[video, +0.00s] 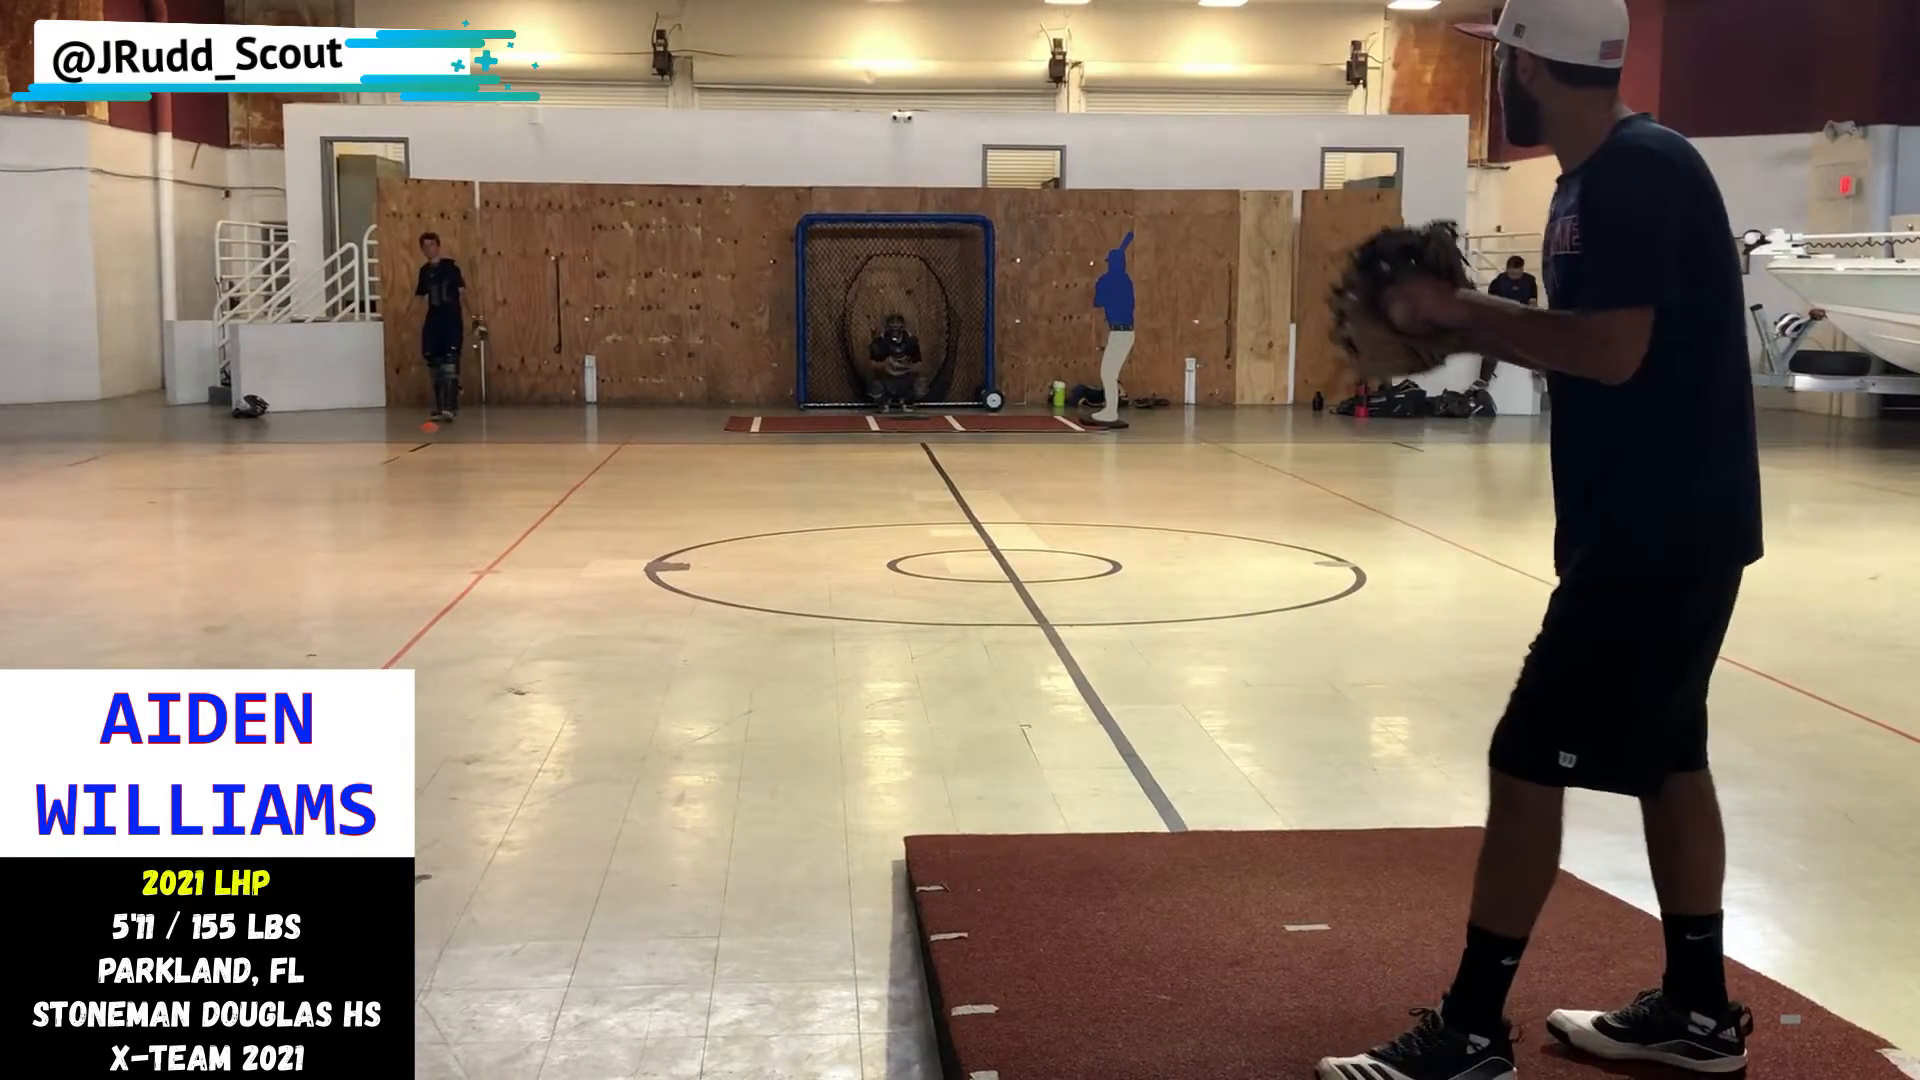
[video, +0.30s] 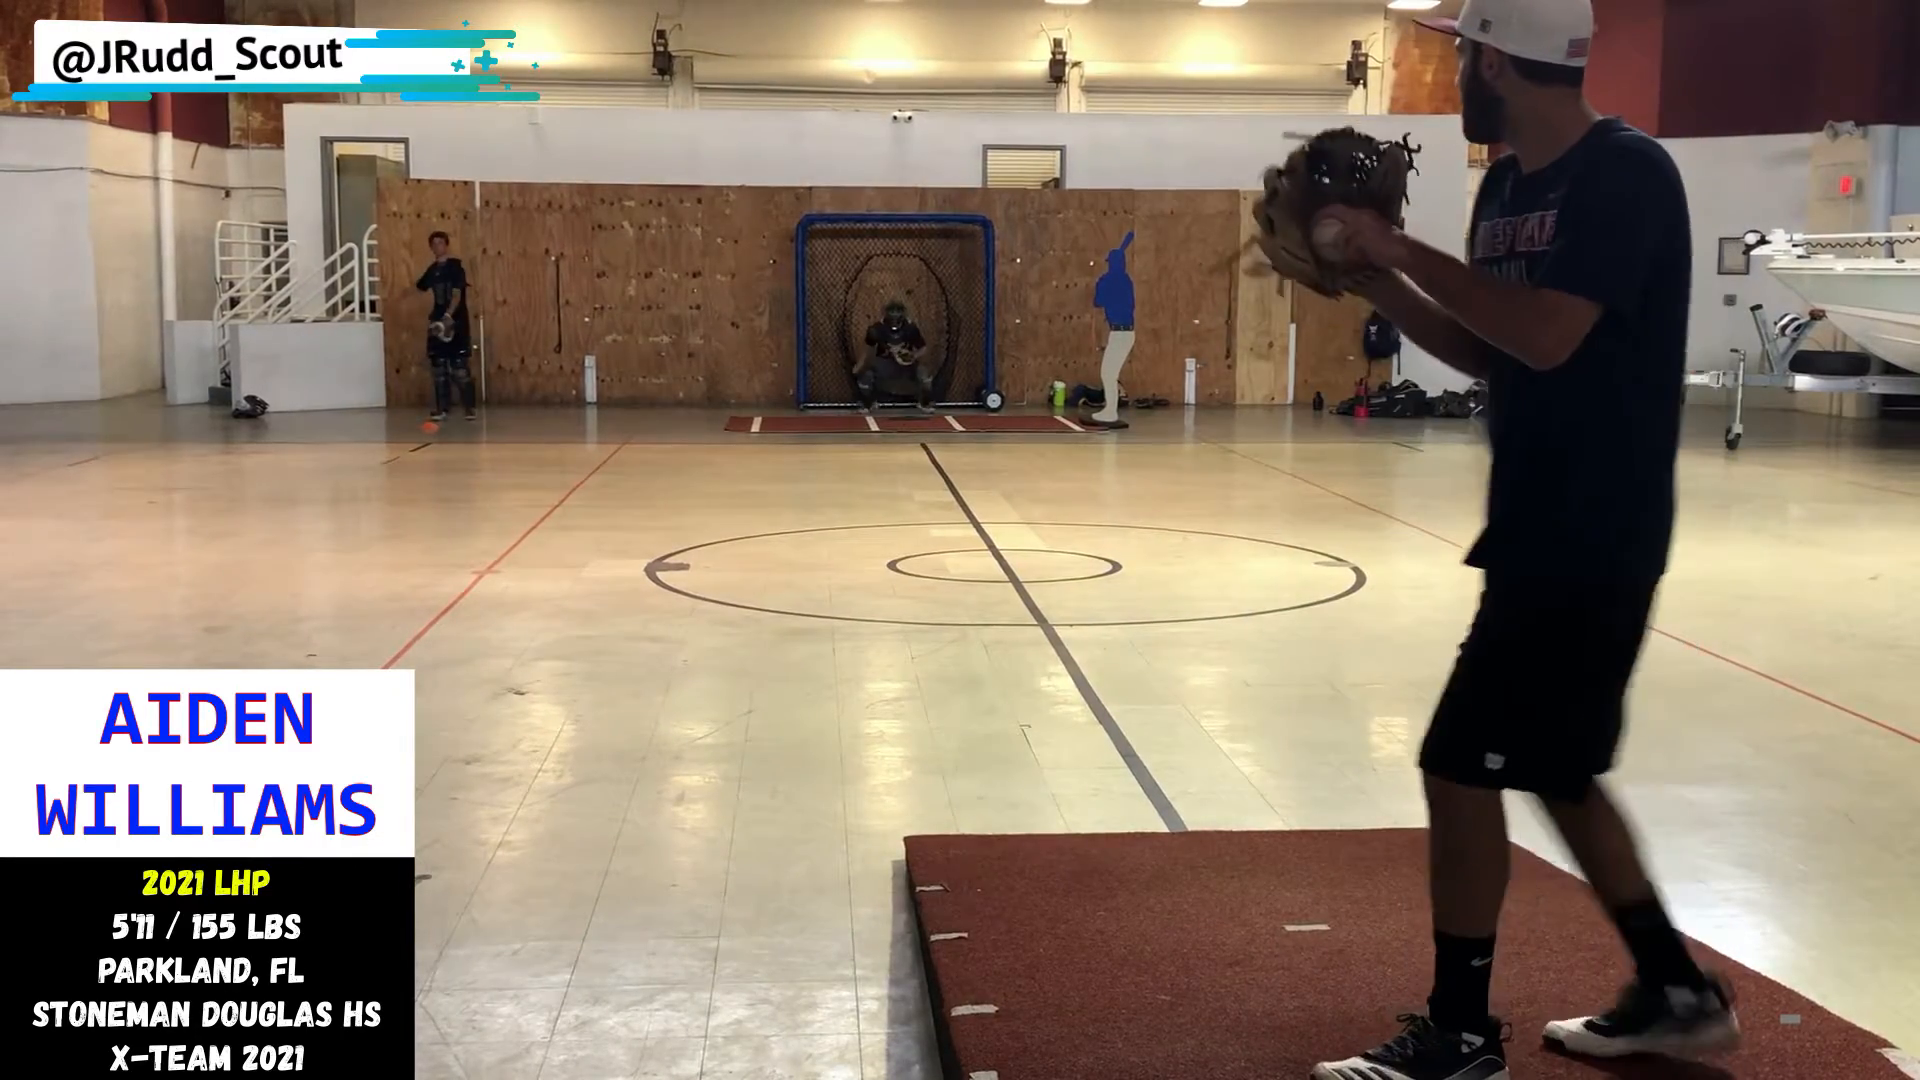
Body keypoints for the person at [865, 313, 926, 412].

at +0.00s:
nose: (895, 330)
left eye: (898, 326)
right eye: (893, 326)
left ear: (903, 326)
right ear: (888, 326)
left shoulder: (911, 340)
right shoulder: (880, 341)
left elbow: (918, 364)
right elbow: (873, 363)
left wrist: (905, 369)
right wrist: (885, 365)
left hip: (906, 376)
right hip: (887, 376)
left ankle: (907, 402)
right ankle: (883, 404)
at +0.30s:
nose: (895, 321)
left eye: (898, 317)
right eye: (892, 317)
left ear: (903, 316)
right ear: (886, 315)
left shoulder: (910, 329)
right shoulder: (876, 330)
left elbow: (923, 348)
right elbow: (868, 350)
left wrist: (915, 355)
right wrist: (860, 365)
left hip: (907, 365)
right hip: (885, 365)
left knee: (923, 372)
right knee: (866, 375)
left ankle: (924, 403)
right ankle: (868, 404)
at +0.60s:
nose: (896, 335)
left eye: (899, 332)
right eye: (893, 332)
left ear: (904, 332)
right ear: (887, 332)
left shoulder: (910, 346)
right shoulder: (880, 347)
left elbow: (925, 362)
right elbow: (874, 365)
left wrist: (914, 370)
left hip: (907, 382)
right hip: (887, 382)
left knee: (921, 380)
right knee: (866, 379)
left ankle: (922, 406)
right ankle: (871, 405)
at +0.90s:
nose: (897, 341)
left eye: (900, 338)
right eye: (894, 338)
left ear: (904, 339)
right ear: (889, 338)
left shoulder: (911, 353)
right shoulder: (880, 352)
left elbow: (922, 370)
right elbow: (875, 369)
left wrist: (910, 379)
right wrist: (886, 374)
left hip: (906, 386)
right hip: (886, 386)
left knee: (921, 385)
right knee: (866, 381)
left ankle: (922, 406)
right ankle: (871, 406)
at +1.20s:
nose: (896, 340)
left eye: (899, 337)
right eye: (893, 337)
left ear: (904, 338)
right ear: (888, 337)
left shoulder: (910, 353)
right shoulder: (878, 352)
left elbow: (919, 368)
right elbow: (873, 370)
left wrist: (915, 380)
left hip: (906, 386)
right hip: (885, 387)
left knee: (920, 386)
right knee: (866, 382)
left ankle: (922, 406)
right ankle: (870, 406)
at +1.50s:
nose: (895, 337)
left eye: (898, 335)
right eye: (892, 334)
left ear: (903, 337)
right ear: (888, 336)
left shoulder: (908, 352)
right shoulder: (879, 352)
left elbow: (920, 371)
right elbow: (872, 370)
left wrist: (915, 386)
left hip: (905, 379)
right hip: (885, 380)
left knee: (919, 387)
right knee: (866, 381)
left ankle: (921, 406)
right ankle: (870, 406)